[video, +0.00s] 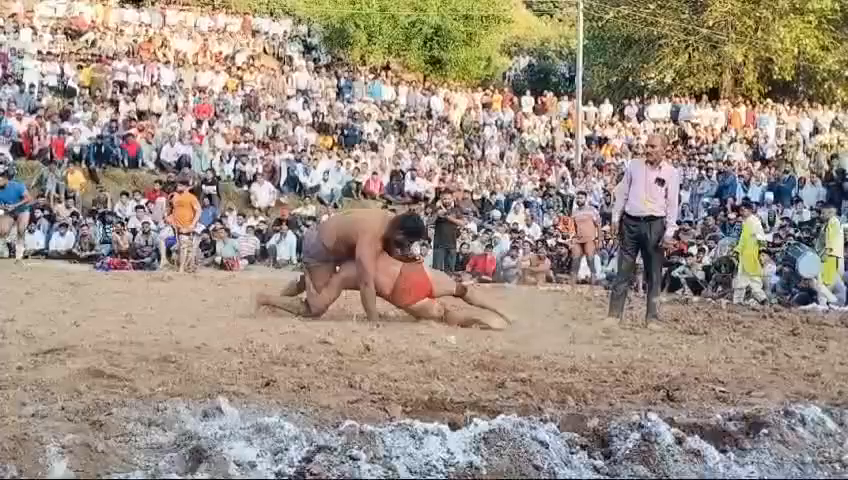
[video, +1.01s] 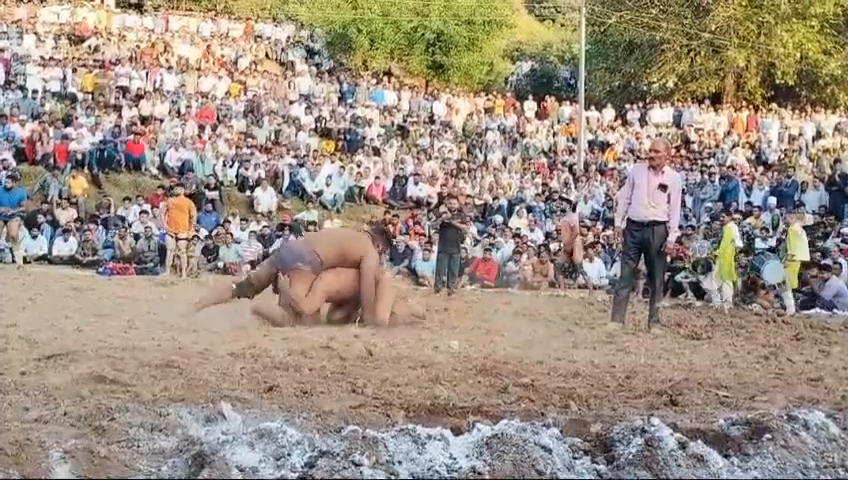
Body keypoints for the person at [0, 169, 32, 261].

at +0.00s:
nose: (1, 180)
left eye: (2, 178)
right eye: (1, 178)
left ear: (6, 178)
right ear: (3, 178)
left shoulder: (18, 186)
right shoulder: (2, 191)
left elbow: (28, 198)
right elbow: (2, 203)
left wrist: (14, 206)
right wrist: (4, 207)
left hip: (22, 210)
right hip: (8, 211)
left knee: (21, 231)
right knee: (3, 231)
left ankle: (18, 256)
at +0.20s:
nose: (1, 184)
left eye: (3, 181)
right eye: (1, 181)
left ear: (8, 181)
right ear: (1, 182)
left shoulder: (19, 189)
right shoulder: (2, 193)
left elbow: (30, 201)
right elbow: (2, 205)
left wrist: (15, 209)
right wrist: (5, 210)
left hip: (21, 214)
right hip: (8, 214)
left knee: (20, 234)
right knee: (2, 232)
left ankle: (19, 260)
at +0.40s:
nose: (9, 184)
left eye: (11, 182)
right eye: (7, 182)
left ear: (15, 182)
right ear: (5, 181)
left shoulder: (22, 191)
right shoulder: (2, 190)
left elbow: (29, 205)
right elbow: (0, 205)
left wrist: (15, 211)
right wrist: (3, 209)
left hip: (16, 215)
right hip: (3, 215)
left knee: (17, 235)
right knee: (2, 235)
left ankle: (19, 260)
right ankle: (4, 256)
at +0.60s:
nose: (11, 182)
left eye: (13, 181)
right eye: (10, 180)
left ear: (18, 181)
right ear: (7, 180)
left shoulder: (22, 189)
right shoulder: (2, 188)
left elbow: (27, 205)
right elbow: (1, 203)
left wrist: (15, 210)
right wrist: (5, 207)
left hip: (14, 214)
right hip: (3, 213)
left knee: (12, 232)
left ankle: (18, 260)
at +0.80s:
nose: (10, 182)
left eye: (12, 180)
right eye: (9, 179)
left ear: (17, 181)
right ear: (7, 179)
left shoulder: (21, 190)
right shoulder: (3, 188)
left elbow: (24, 208)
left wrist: (12, 209)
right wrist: (3, 206)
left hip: (14, 214)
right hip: (3, 213)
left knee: (11, 235)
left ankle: (18, 260)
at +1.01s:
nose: (7, 182)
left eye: (10, 180)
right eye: (6, 180)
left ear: (15, 182)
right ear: (5, 180)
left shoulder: (21, 191)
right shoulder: (2, 190)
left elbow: (24, 207)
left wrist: (12, 211)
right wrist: (3, 210)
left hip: (14, 214)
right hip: (3, 214)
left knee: (12, 234)